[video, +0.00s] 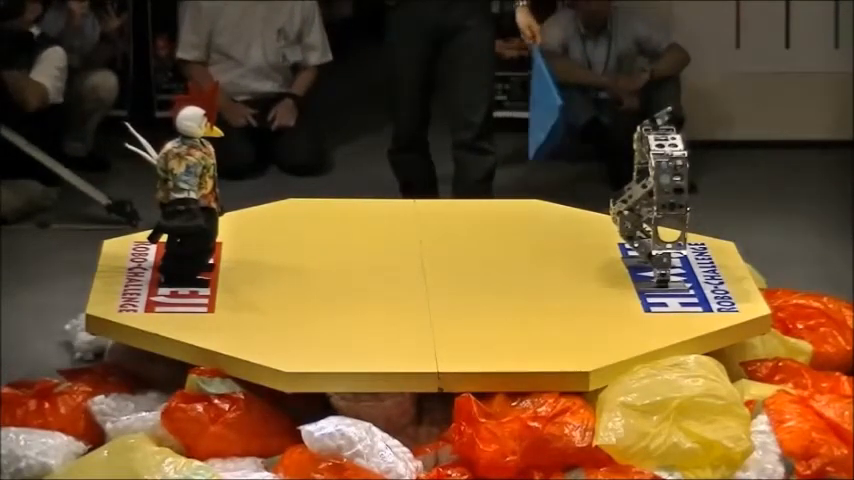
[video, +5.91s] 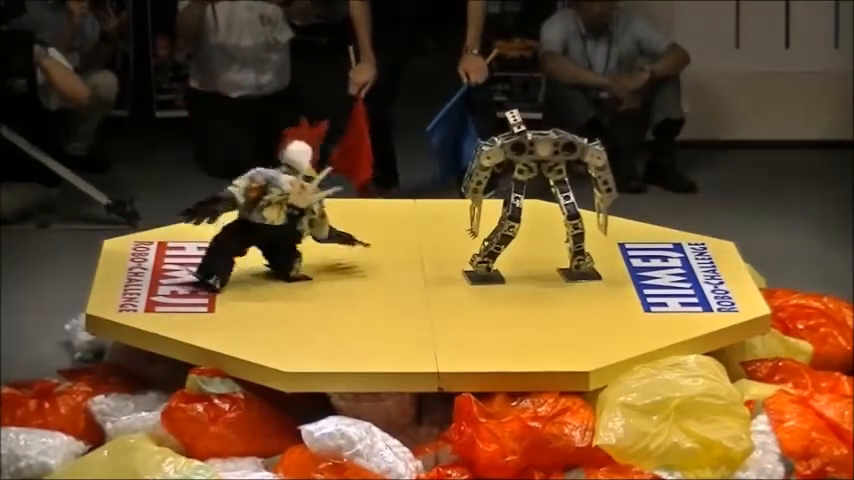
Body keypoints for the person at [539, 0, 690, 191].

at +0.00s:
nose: (596, 11)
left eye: (602, 5)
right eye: (589, 5)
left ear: (611, 5)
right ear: (576, 6)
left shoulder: (627, 24)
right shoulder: (561, 24)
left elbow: (679, 56)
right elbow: (548, 64)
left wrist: (645, 76)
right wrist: (610, 83)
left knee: (666, 83)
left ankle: (669, 169)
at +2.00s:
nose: (594, 8)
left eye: (600, 2)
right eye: (587, 2)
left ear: (610, 4)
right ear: (575, 5)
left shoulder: (626, 25)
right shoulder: (558, 26)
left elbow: (679, 56)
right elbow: (552, 67)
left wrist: (644, 76)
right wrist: (610, 83)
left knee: (666, 78)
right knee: (563, 80)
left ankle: (670, 164)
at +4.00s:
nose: (597, 10)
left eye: (604, 5)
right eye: (590, 4)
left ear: (613, 5)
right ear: (576, 6)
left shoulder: (628, 23)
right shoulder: (558, 25)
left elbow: (679, 56)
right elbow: (551, 64)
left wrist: (644, 76)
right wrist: (609, 83)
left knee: (667, 77)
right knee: (562, 82)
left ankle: (667, 154)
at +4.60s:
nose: (596, 11)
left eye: (602, 4)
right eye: (589, 5)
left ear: (611, 5)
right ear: (576, 6)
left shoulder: (628, 23)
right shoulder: (558, 25)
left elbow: (679, 56)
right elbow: (550, 64)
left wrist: (645, 74)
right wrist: (608, 83)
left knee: (667, 81)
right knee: (562, 86)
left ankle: (672, 158)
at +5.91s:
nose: (596, 9)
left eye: (603, 3)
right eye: (589, 3)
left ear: (613, 4)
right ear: (576, 5)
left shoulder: (628, 23)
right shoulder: (559, 25)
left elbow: (679, 56)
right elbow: (551, 65)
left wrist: (645, 75)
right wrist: (609, 83)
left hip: (626, 113)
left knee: (668, 78)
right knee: (563, 90)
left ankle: (662, 165)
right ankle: (618, 166)